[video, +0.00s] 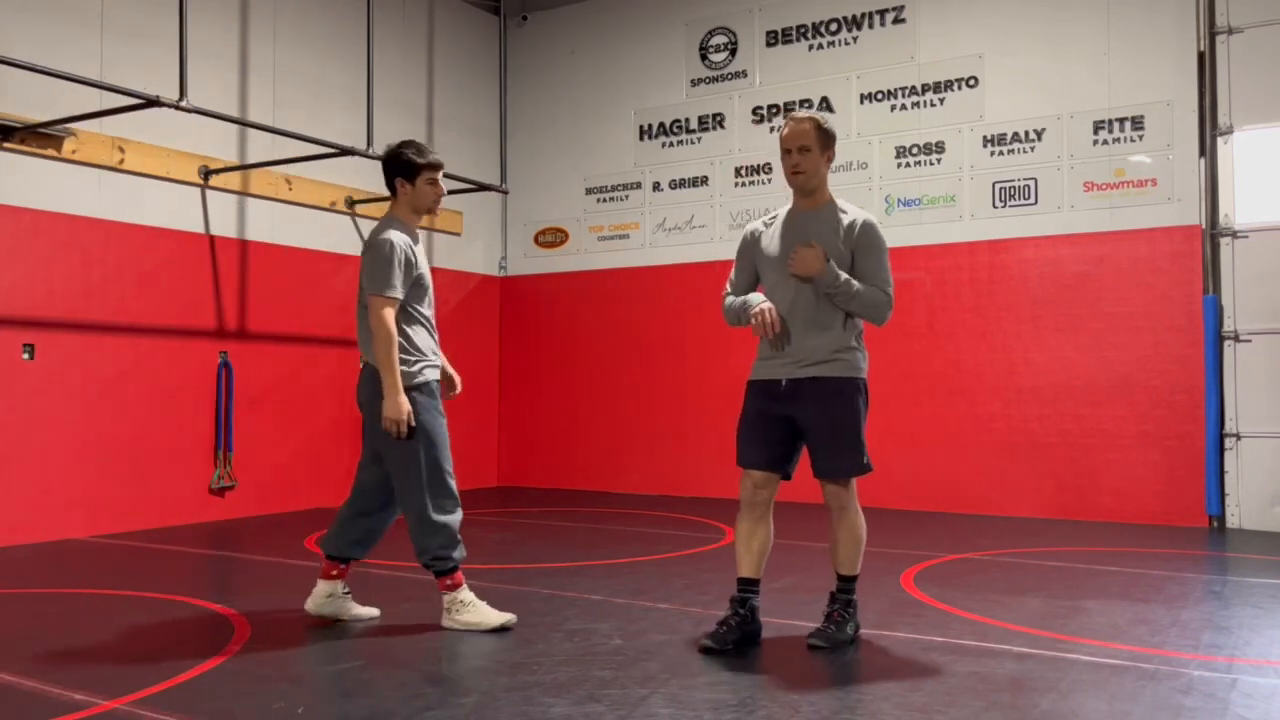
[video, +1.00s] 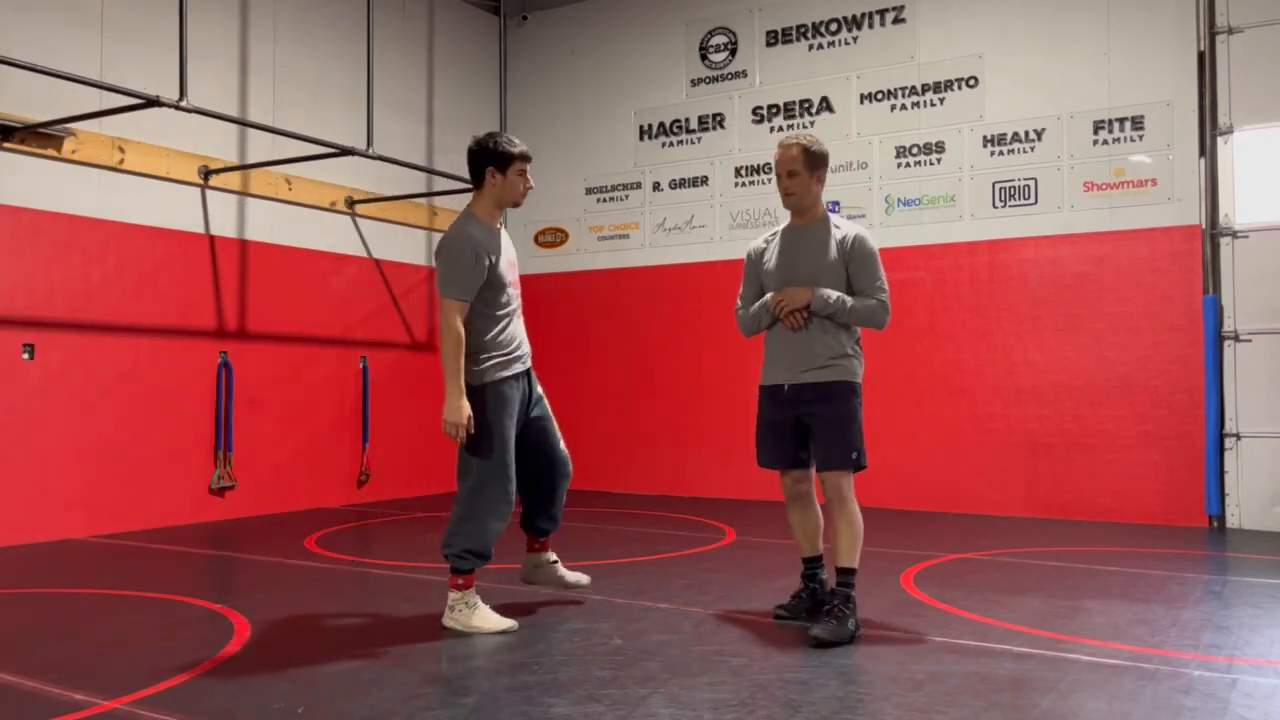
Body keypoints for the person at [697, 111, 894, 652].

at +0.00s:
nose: (793, 161)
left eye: (804, 151)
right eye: (786, 152)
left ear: (829, 157)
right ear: (780, 160)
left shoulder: (858, 229)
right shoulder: (759, 235)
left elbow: (880, 308)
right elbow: (732, 306)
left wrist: (825, 274)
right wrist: (754, 303)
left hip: (834, 379)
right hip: (771, 381)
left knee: (839, 494)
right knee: (755, 491)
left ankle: (843, 611)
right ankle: (744, 613)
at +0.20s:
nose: (805, 163)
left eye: (815, 154)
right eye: (798, 154)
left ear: (841, 159)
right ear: (792, 161)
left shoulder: (872, 231)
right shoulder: (772, 236)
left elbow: (907, 306)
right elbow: (752, 310)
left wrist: (849, 289)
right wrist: (778, 302)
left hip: (845, 380)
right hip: (781, 381)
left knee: (847, 492)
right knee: (750, 479)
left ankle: (844, 611)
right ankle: (755, 602)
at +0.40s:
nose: (814, 167)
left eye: (825, 158)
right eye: (807, 158)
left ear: (849, 162)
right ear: (801, 164)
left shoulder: (877, 234)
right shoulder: (779, 236)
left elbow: (907, 310)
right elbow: (755, 308)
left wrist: (846, 288)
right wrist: (789, 305)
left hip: (847, 381)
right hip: (784, 381)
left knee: (847, 494)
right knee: (753, 485)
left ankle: (844, 608)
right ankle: (793, 561)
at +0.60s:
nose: (815, 170)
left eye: (826, 162)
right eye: (809, 162)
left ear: (849, 168)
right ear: (802, 168)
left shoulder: (871, 238)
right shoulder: (775, 239)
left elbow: (897, 313)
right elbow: (748, 309)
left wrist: (837, 288)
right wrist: (784, 301)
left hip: (844, 381)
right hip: (784, 384)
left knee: (846, 494)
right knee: (785, 493)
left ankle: (845, 608)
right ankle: (811, 576)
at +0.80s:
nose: (803, 174)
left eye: (814, 166)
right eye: (797, 166)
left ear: (838, 171)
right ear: (791, 172)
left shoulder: (861, 238)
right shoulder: (769, 244)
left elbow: (887, 312)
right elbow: (744, 314)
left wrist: (826, 290)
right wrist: (777, 301)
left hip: (837, 380)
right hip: (780, 383)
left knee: (840, 492)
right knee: (792, 491)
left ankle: (845, 605)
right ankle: (813, 587)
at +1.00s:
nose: (783, 184)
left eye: (793, 175)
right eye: (778, 176)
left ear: (820, 178)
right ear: (775, 182)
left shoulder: (852, 243)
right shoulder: (763, 251)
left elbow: (879, 313)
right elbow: (746, 321)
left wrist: (815, 297)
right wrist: (772, 305)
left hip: (834, 381)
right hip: (780, 384)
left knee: (836, 487)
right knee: (796, 487)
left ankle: (844, 602)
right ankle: (814, 587)